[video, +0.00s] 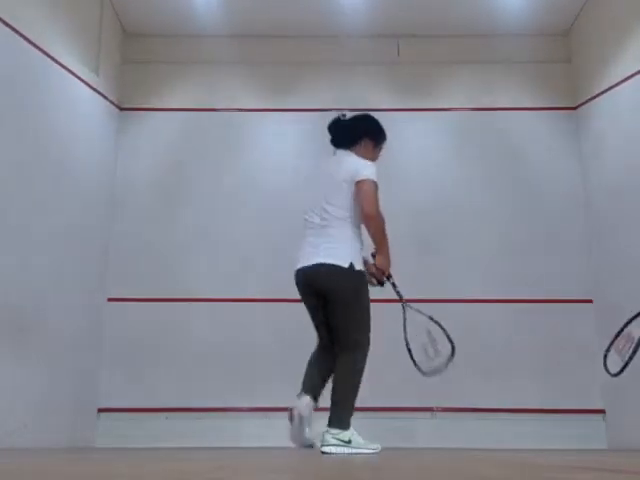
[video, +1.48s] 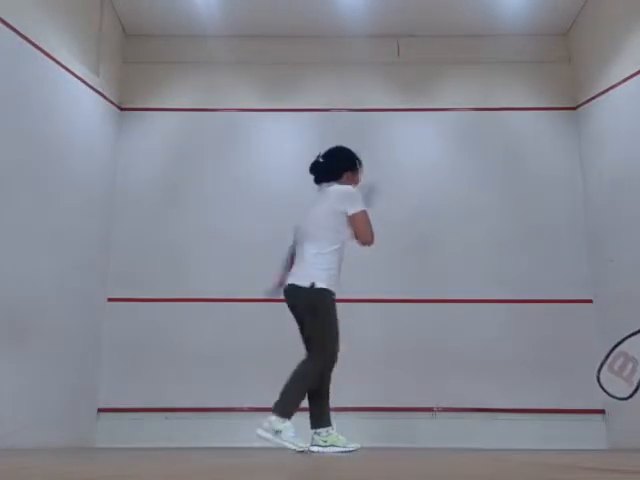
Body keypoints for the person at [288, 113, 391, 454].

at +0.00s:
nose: (377, 155)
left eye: (379, 148)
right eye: (377, 148)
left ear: (348, 143)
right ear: (364, 142)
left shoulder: (326, 168)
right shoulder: (361, 167)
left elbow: (334, 226)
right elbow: (369, 213)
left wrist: (363, 263)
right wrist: (383, 252)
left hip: (307, 270)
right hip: (341, 271)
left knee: (328, 343)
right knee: (354, 348)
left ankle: (305, 400)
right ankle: (338, 431)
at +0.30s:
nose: (379, 184)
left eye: (381, 177)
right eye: (379, 176)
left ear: (362, 169)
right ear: (366, 169)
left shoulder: (344, 193)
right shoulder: (347, 188)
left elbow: (356, 254)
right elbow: (348, 229)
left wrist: (387, 285)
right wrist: (365, 254)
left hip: (319, 283)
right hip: (326, 283)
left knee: (336, 354)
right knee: (348, 351)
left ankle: (325, 430)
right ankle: (337, 428)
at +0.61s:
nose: (381, 195)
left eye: (383, 190)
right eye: (381, 188)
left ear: (368, 183)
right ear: (366, 180)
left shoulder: (354, 218)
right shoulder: (341, 195)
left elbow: (364, 262)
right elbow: (316, 222)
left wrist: (392, 297)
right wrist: (339, 265)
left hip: (323, 292)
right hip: (304, 285)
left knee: (335, 355)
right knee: (304, 350)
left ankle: (326, 432)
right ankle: (272, 426)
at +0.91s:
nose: (370, 195)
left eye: (372, 189)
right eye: (369, 187)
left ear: (355, 182)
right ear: (353, 179)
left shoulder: (344, 222)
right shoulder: (325, 193)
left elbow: (362, 264)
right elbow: (287, 202)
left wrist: (397, 292)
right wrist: (283, 222)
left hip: (311, 294)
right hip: (289, 285)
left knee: (324, 354)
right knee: (286, 353)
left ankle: (325, 432)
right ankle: (270, 430)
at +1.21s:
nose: (364, 192)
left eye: (365, 187)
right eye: (362, 185)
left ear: (348, 182)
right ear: (346, 179)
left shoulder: (338, 219)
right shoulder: (327, 192)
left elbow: (360, 258)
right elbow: (308, 211)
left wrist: (391, 290)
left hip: (308, 291)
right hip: (290, 285)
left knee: (319, 356)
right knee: (287, 352)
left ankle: (322, 432)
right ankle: (268, 430)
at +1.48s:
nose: (358, 178)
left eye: (358, 172)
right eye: (357, 172)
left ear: (328, 174)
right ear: (348, 173)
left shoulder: (317, 201)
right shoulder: (346, 195)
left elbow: (299, 243)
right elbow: (366, 238)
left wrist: (283, 277)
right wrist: (358, 204)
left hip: (298, 287)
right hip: (316, 289)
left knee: (321, 356)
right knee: (323, 356)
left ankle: (322, 430)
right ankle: (278, 419)